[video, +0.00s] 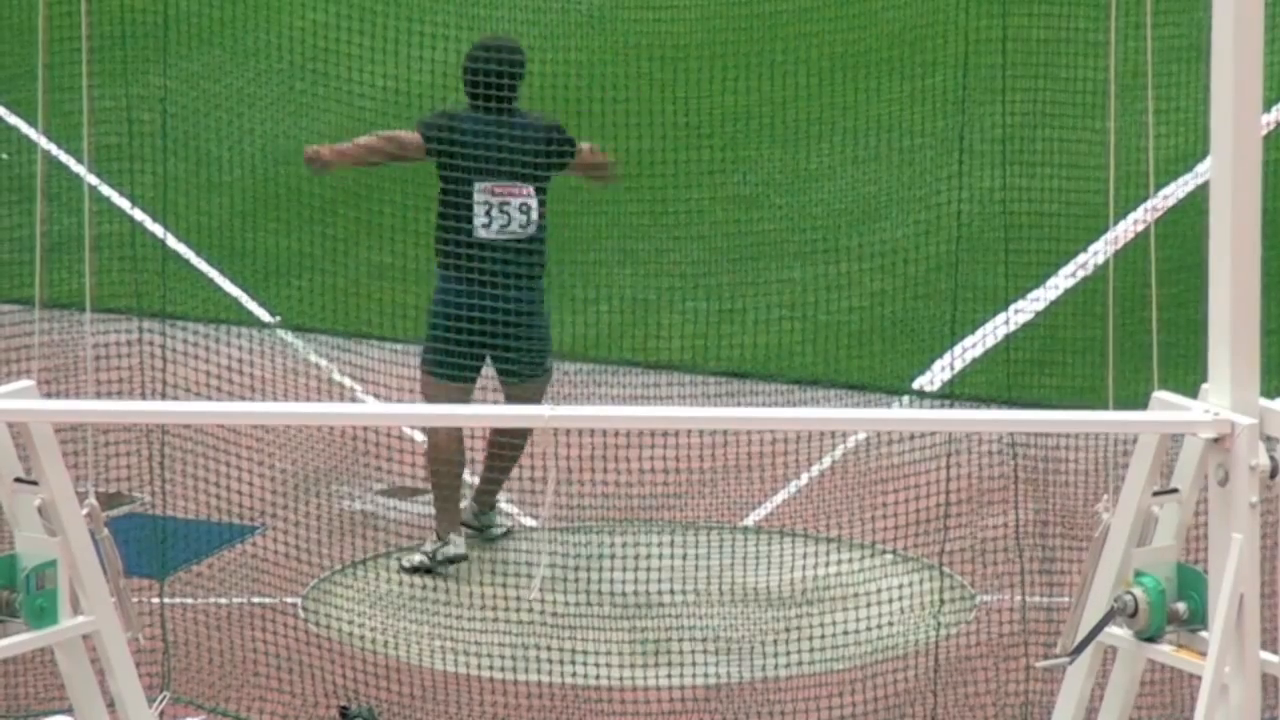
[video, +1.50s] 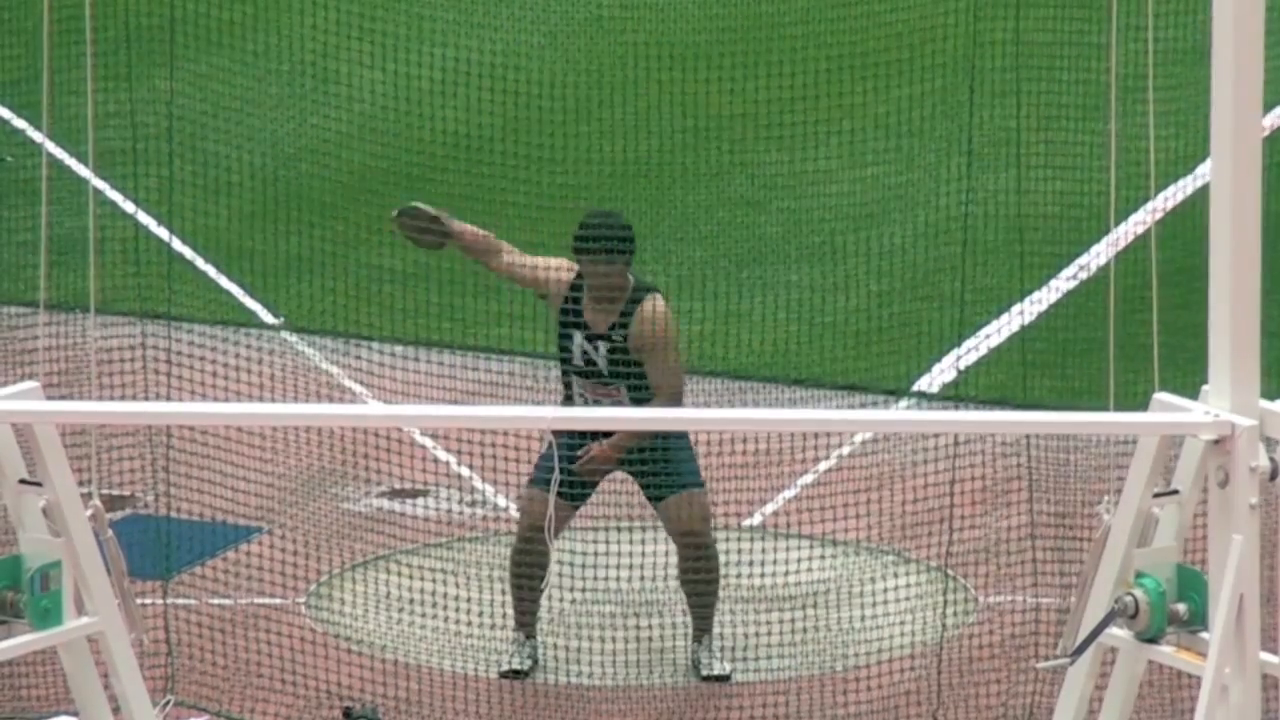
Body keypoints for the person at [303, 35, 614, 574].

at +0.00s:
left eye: (477, 76)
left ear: (469, 81)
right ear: (518, 83)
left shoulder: (451, 129)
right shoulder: (542, 135)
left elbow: (389, 146)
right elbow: (598, 166)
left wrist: (333, 154)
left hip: (458, 299)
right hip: (521, 302)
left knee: (443, 411)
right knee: (524, 404)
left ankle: (447, 537)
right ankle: (483, 506)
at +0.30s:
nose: (465, 89)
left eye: (468, 82)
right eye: (472, 80)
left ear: (472, 86)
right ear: (515, 86)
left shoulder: (478, 137)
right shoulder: (531, 134)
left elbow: (483, 211)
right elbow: (511, 200)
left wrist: (478, 289)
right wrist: (445, 197)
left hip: (497, 299)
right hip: (545, 297)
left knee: (467, 415)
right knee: (541, 396)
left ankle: (455, 547)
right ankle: (580, 509)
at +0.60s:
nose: (516, 81)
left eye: (516, 73)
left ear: (516, 79)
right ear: (562, 78)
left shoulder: (515, 140)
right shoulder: (584, 134)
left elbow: (503, 226)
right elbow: (582, 214)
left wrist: (485, 292)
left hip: (523, 297)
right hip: (579, 297)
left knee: (484, 403)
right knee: (564, 403)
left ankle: (473, 532)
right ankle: (586, 524)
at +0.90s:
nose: (558, 76)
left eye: (546, 65)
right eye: (566, 65)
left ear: (536, 71)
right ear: (587, 72)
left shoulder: (514, 132)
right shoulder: (612, 128)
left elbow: (483, 204)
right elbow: (673, 170)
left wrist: (450, 268)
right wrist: (721, 207)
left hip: (529, 290)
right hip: (590, 290)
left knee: (505, 404)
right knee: (577, 403)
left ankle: (519, 527)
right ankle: (587, 523)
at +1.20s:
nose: (567, 260)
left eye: (577, 250)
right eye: (559, 250)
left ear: (596, 252)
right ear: (547, 251)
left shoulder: (620, 303)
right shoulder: (540, 282)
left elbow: (647, 392)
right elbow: (510, 311)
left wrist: (606, 451)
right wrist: (494, 313)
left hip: (633, 427)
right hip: (570, 425)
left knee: (679, 538)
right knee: (524, 525)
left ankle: (703, 642)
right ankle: (524, 641)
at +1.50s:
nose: (601, 279)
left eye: (610, 270)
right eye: (592, 269)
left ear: (628, 265)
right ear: (580, 263)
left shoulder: (651, 314)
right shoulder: (561, 281)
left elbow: (669, 404)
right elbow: (500, 256)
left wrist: (616, 446)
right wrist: (449, 228)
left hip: (650, 431)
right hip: (583, 428)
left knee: (695, 533)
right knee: (532, 525)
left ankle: (705, 642)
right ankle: (525, 640)